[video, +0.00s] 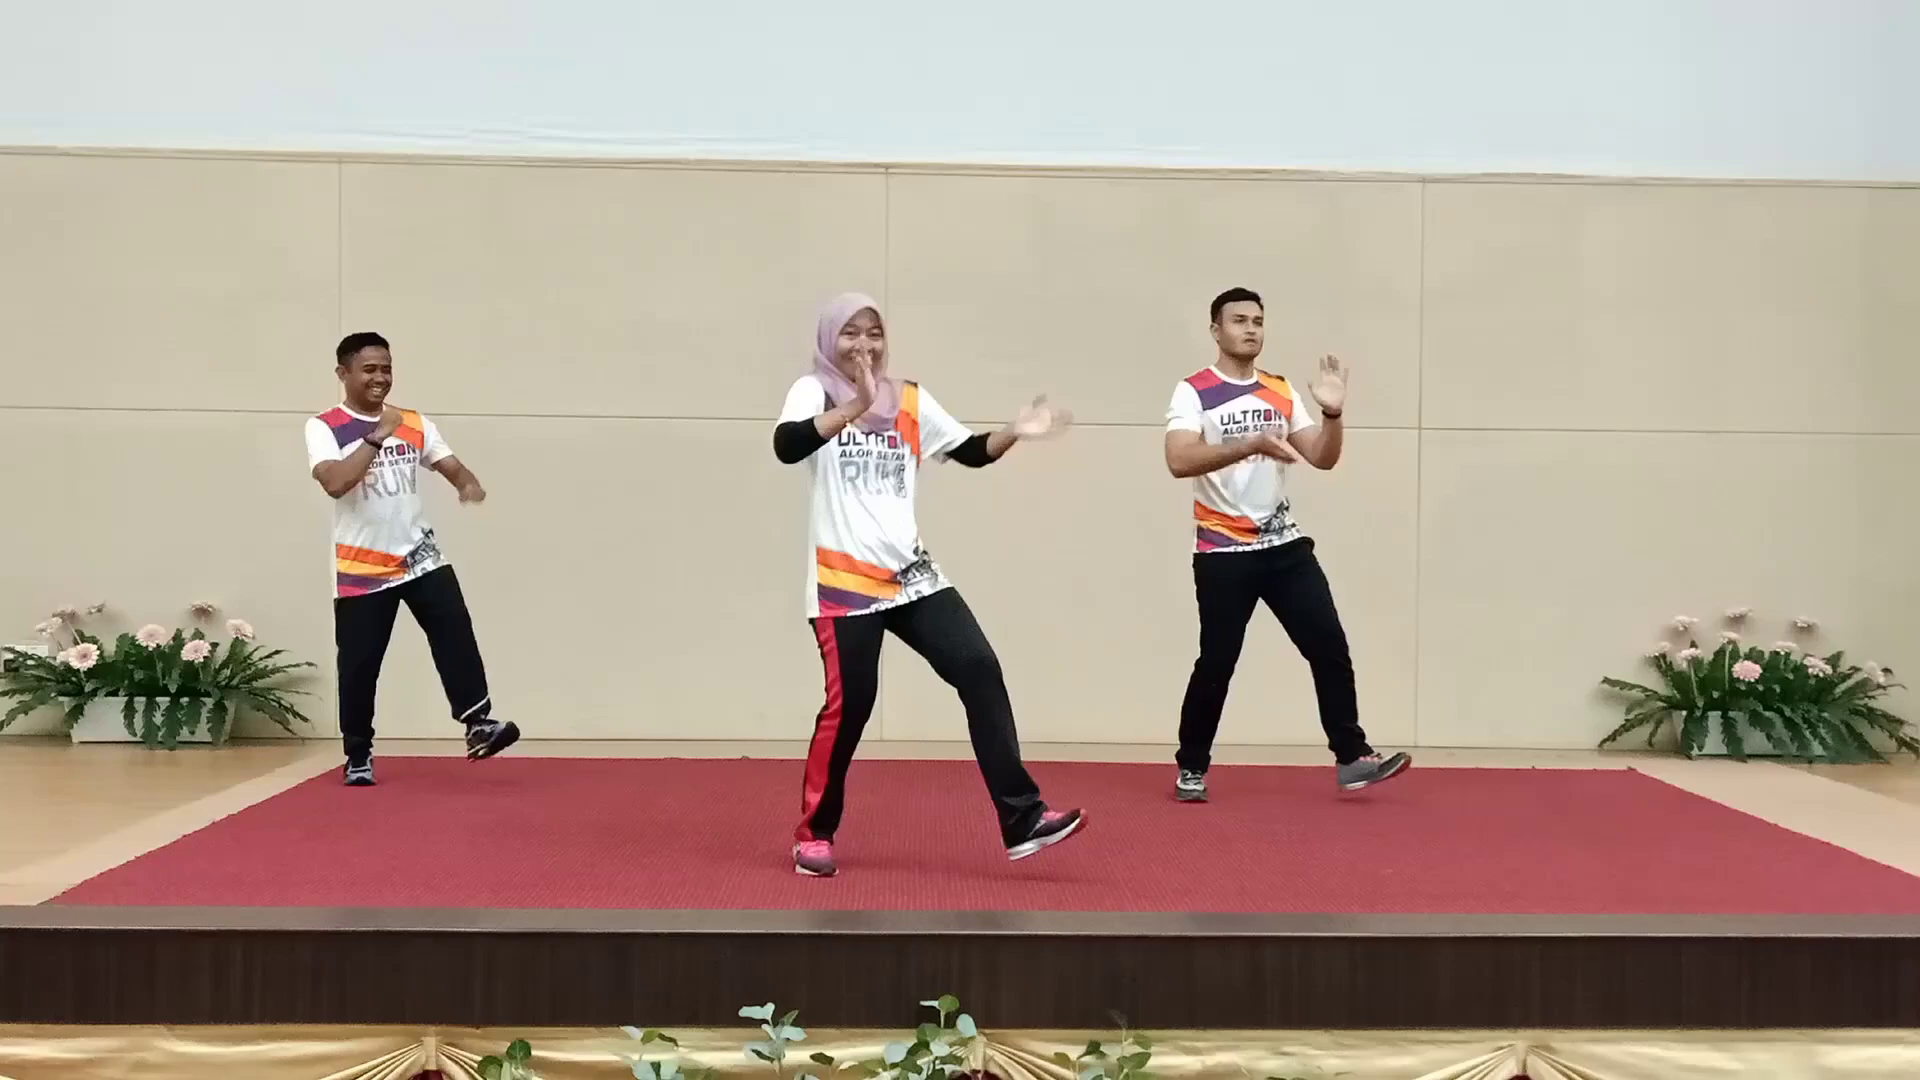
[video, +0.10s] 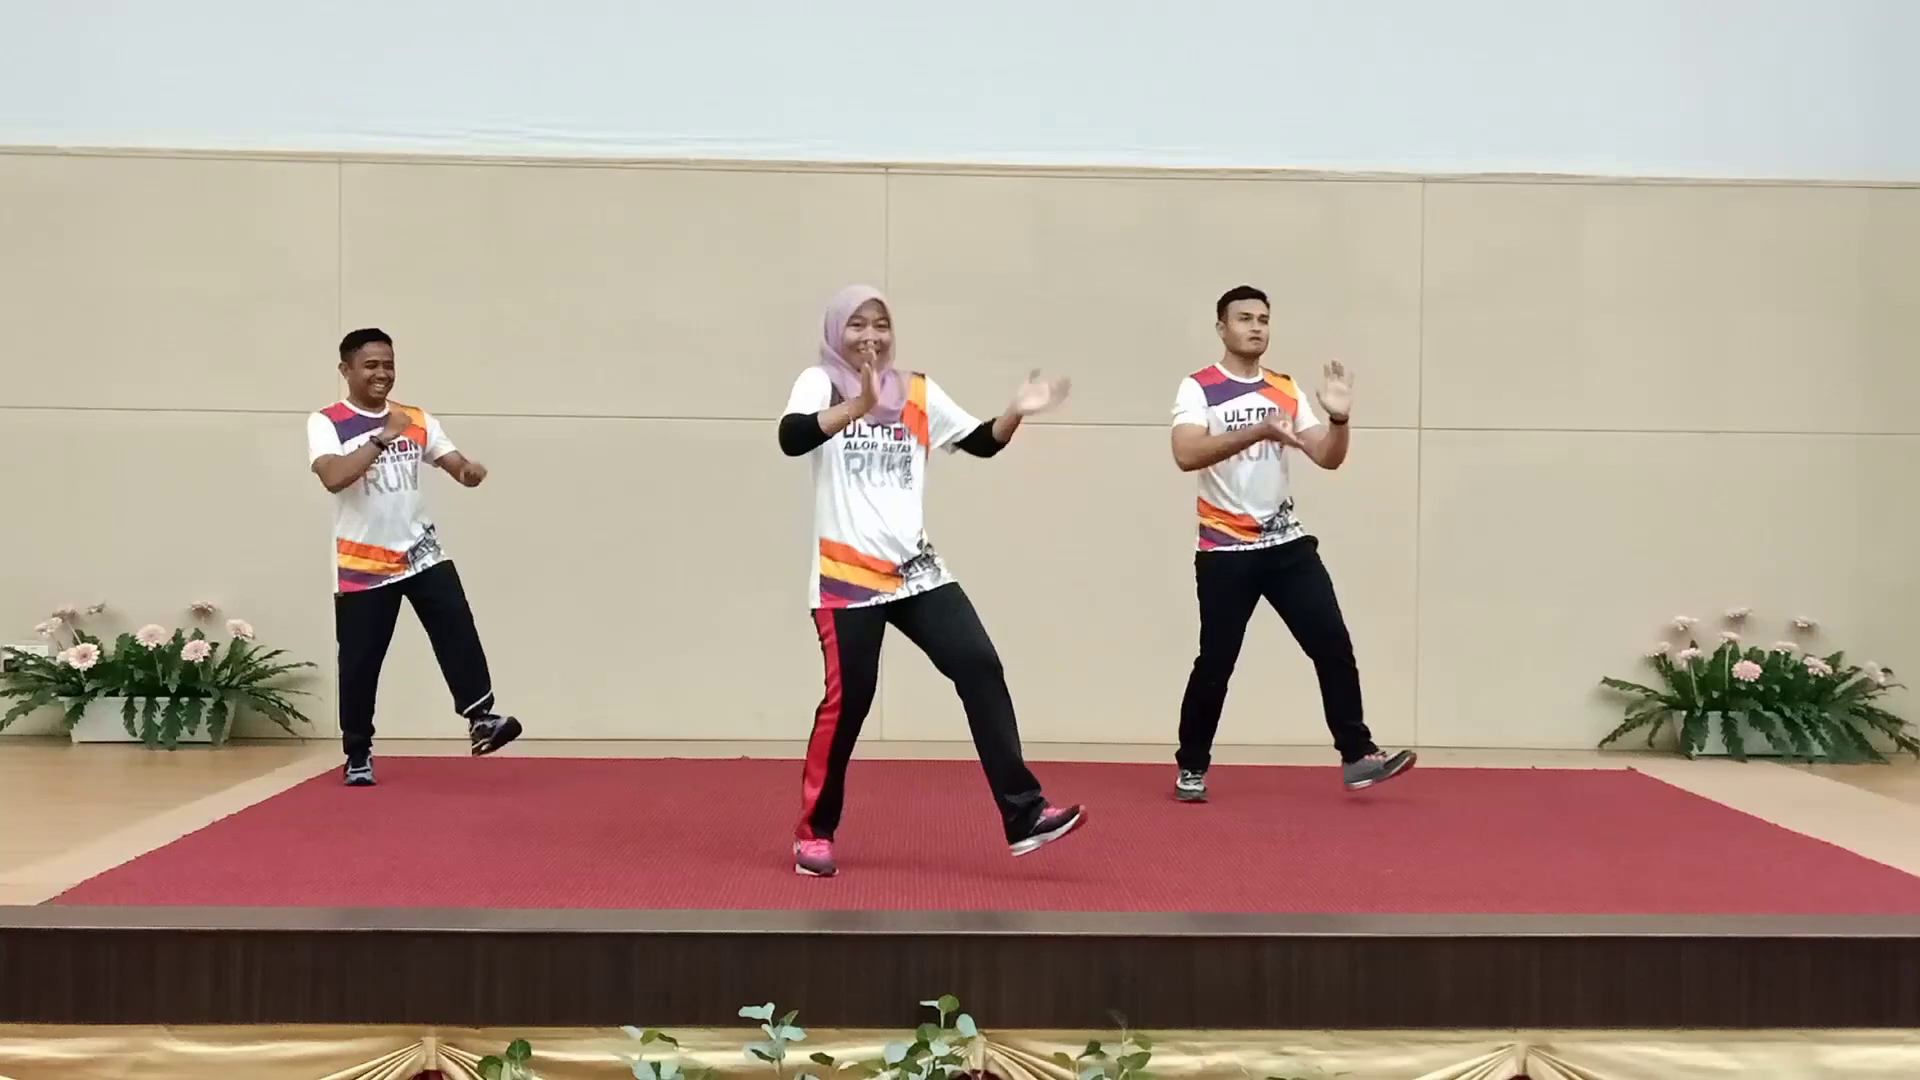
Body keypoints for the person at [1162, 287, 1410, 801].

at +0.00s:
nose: (1251, 329)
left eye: (1257, 322)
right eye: (1239, 321)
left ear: (1264, 332)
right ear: (1216, 330)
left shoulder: (1283, 392)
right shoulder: (1193, 391)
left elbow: (1323, 457)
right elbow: (1180, 461)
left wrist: (1333, 414)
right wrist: (1253, 445)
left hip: (1283, 546)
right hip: (1223, 552)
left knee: (1329, 648)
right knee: (1217, 663)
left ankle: (1352, 760)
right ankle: (1192, 767)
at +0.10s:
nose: (1256, 327)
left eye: (1263, 320)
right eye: (1245, 319)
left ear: (1270, 330)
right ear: (1221, 328)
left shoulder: (1287, 391)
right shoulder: (1198, 387)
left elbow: (1329, 457)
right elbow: (1187, 455)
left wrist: (1339, 420)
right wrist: (1255, 435)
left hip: (1286, 544)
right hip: (1225, 552)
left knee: (1333, 646)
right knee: (1215, 663)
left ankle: (1358, 759)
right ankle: (1192, 767)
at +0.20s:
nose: (1269, 325)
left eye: (1276, 318)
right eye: (1257, 316)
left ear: (1284, 329)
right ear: (1235, 326)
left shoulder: (1296, 389)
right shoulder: (1211, 382)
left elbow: (1340, 458)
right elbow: (1201, 443)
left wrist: (1353, 434)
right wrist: (1263, 410)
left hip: (1294, 542)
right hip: (1232, 548)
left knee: (1340, 646)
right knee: (1217, 660)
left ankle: (1371, 756)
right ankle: (1192, 766)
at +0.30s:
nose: (1302, 329)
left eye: (1311, 322)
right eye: (1291, 319)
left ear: (1320, 332)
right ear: (1269, 327)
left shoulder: (1331, 397)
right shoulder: (1243, 381)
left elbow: (1366, 468)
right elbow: (1234, 437)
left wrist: (1383, 470)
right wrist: (1289, 383)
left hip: (1315, 548)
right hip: (1252, 549)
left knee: (1354, 654)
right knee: (1227, 659)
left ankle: (1386, 768)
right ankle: (1194, 765)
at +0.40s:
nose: (1319, 333)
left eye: (1329, 326)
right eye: (1310, 324)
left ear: (1341, 337)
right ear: (1290, 333)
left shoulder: (1353, 400)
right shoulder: (1262, 385)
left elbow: (1378, 468)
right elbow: (1249, 440)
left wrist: (1395, 492)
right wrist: (1299, 385)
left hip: (1331, 553)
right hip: (1267, 552)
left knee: (1362, 660)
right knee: (1237, 660)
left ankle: (1391, 774)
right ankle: (1196, 765)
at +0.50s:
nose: (1354, 335)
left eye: (1366, 329)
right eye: (1346, 326)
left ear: (1380, 341)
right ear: (1331, 333)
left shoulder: (1396, 404)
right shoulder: (1301, 388)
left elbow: (1409, 475)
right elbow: (1284, 449)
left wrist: (1416, 519)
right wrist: (1326, 389)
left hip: (1372, 554)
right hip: (1305, 552)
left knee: (1395, 658)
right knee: (1263, 655)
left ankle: (1399, 778)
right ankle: (1211, 764)